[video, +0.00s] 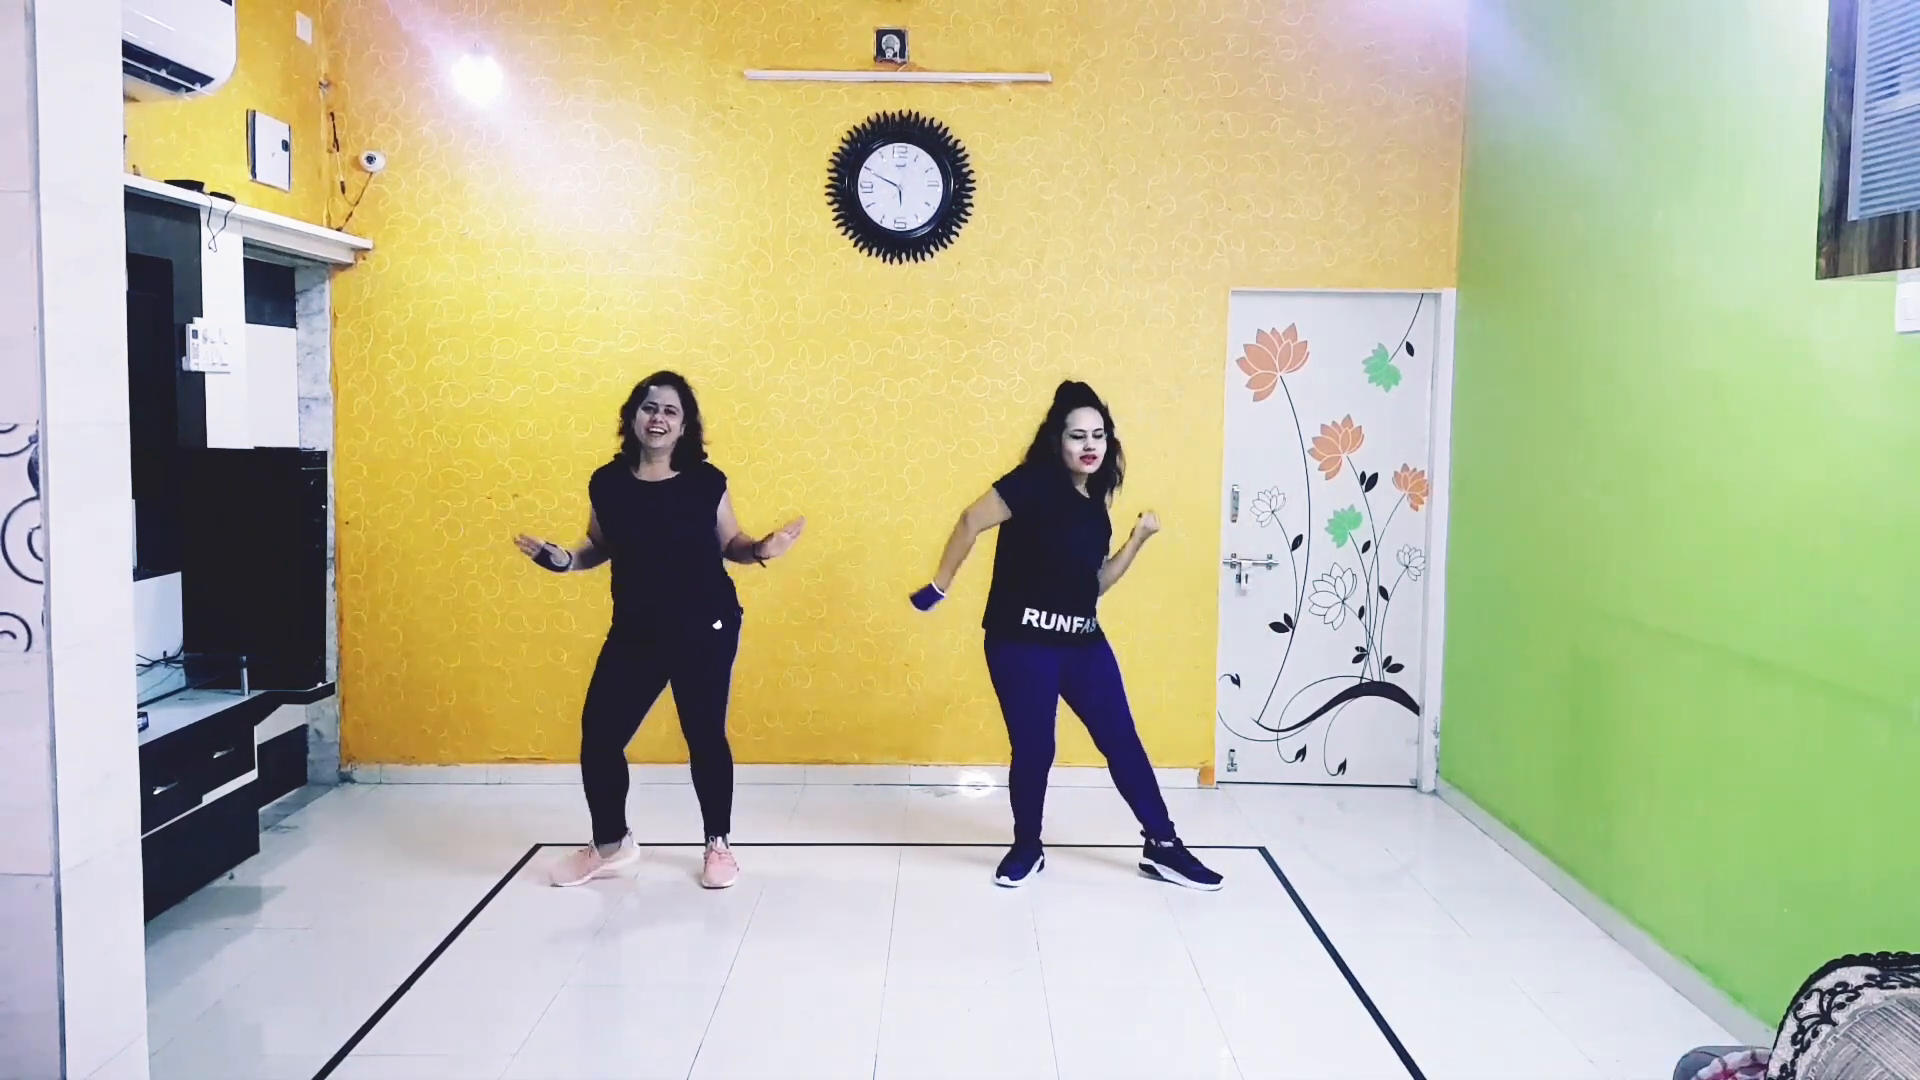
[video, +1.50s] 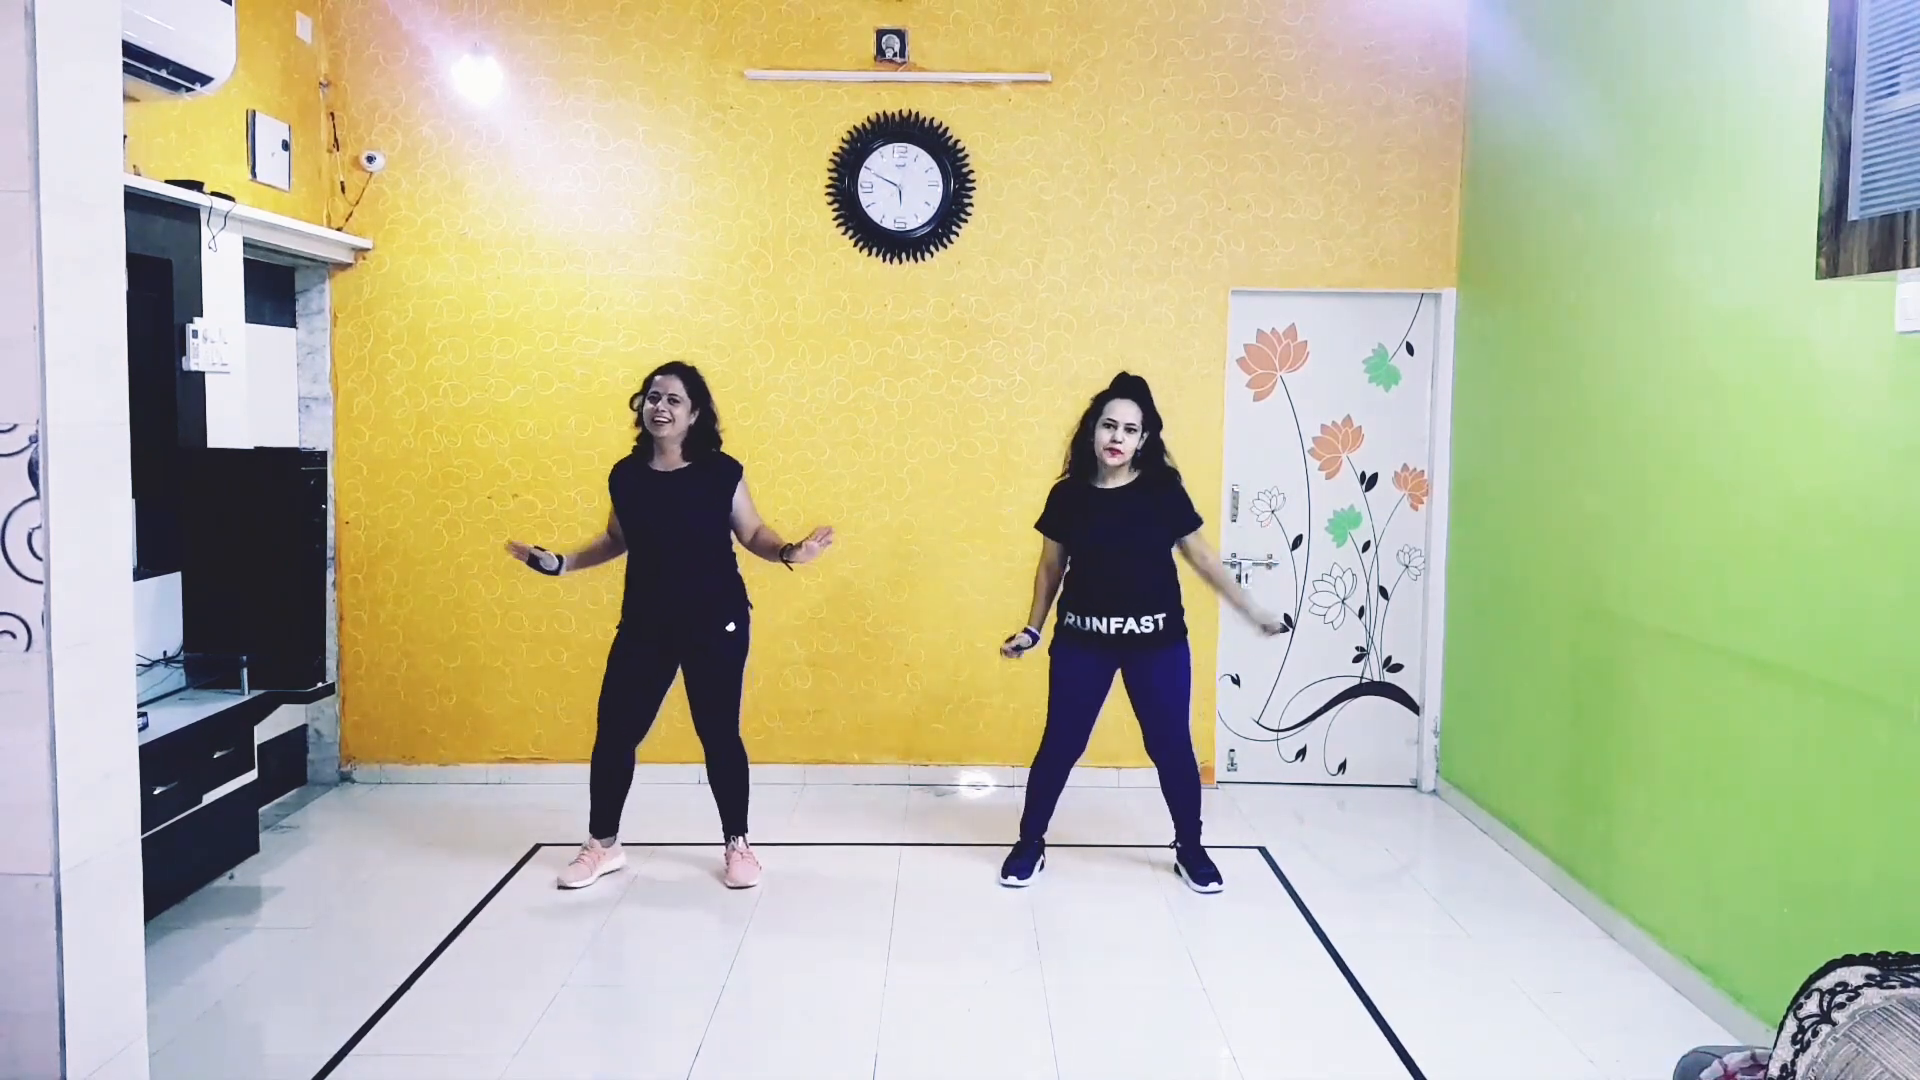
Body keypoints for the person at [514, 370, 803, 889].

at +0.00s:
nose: (657, 417)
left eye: (670, 411)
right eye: (648, 408)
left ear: (685, 424)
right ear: (632, 417)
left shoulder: (706, 482)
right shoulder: (607, 483)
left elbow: (731, 543)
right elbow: (599, 545)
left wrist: (760, 550)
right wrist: (568, 559)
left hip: (703, 628)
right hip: (637, 628)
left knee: (705, 734)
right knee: (600, 733)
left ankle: (718, 844)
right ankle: (611, 844)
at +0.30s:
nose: (635, 400)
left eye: (648, 395)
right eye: (627, 391)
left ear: (667, 408)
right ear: (613, 402)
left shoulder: (695, 458)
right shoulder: (601, 475)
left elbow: (735, 519)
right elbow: (603, 546)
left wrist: (746, 518)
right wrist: (557, 576)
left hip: (679, 617)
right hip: (609, 615)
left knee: (691, 728)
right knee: (586, 728)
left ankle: (718, 841)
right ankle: (576, 837)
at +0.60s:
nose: (607, 412)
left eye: (621, 406)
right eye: (599, 403)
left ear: (640, 421)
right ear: (586, 413)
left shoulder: (664, 480)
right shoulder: (563, 481)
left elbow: (679, 541)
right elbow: (533, 549)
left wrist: (686, 567)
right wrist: (470, 556)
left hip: (635, 630)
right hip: (566, 630)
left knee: (654, 739)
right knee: (573, 740)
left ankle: (660, 845)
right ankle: (579, 844)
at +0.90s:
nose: (615, 400)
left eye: (629, 396)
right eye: (609, 390)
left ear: (646, 411)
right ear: (593, 398)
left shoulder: (662, 471)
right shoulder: (563, 466)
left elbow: (677, 535)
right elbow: (535, 533)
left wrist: (706, 553)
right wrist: (478, 551)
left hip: (657, 617)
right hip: (585, 619)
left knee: (689, 723)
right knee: (583, 731)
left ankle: (722, 832)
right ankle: (579, 844)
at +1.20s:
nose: (646, 415)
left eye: (660, 410)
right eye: (640, 407)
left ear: (681, 423)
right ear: (626, 417)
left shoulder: (705, 481)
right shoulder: (611, 490)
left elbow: (743, 541)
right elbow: (611, 560)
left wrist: (774, 549)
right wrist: (571, 597)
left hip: (720, 623)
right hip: (654, 628)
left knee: (725, 729)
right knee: (610, 730)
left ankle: (739, 845)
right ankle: (601, 849)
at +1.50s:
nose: (657, 405)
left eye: (671, 399)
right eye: (652, 397)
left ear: (696, 413)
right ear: (642, 408)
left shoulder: (723, 474)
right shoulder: (627, 475)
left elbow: (754, 532)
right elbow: (617, 538)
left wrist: (788, 551)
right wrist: (562, 562)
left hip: (715, 623)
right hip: (647, 623)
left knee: (719, 733)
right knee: (614, 731)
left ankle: (737, 845)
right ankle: (602, 845)